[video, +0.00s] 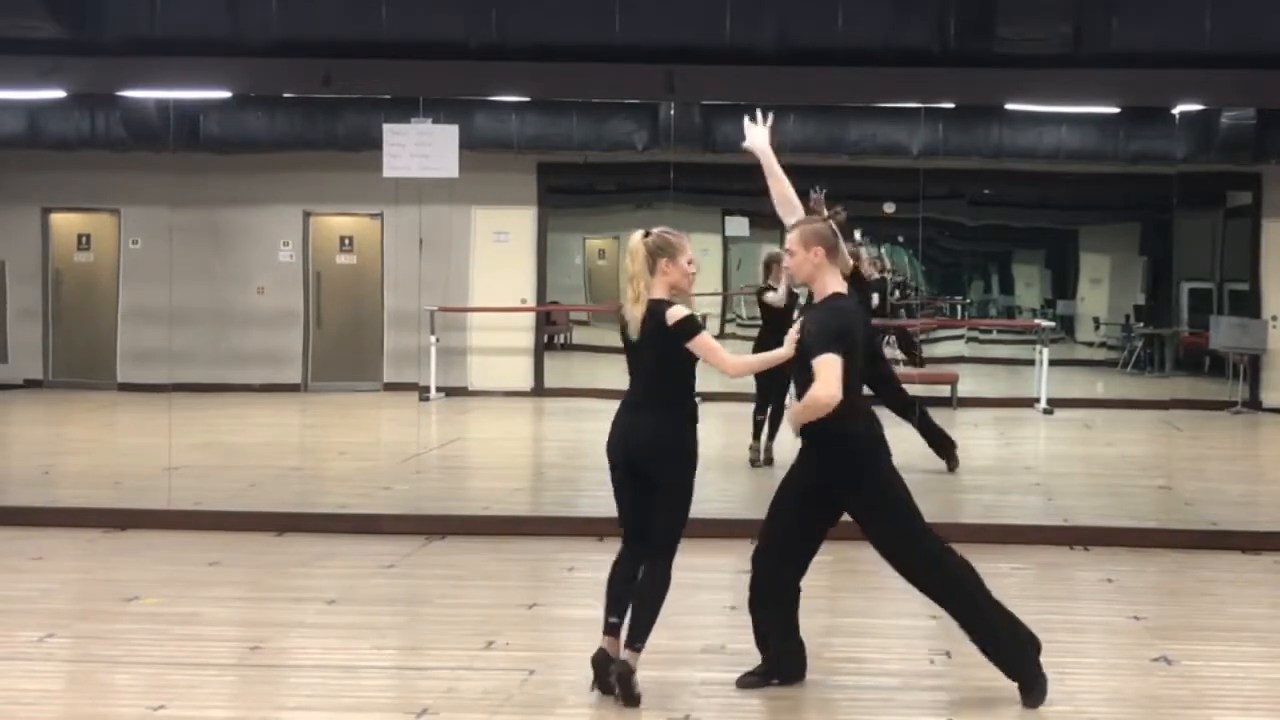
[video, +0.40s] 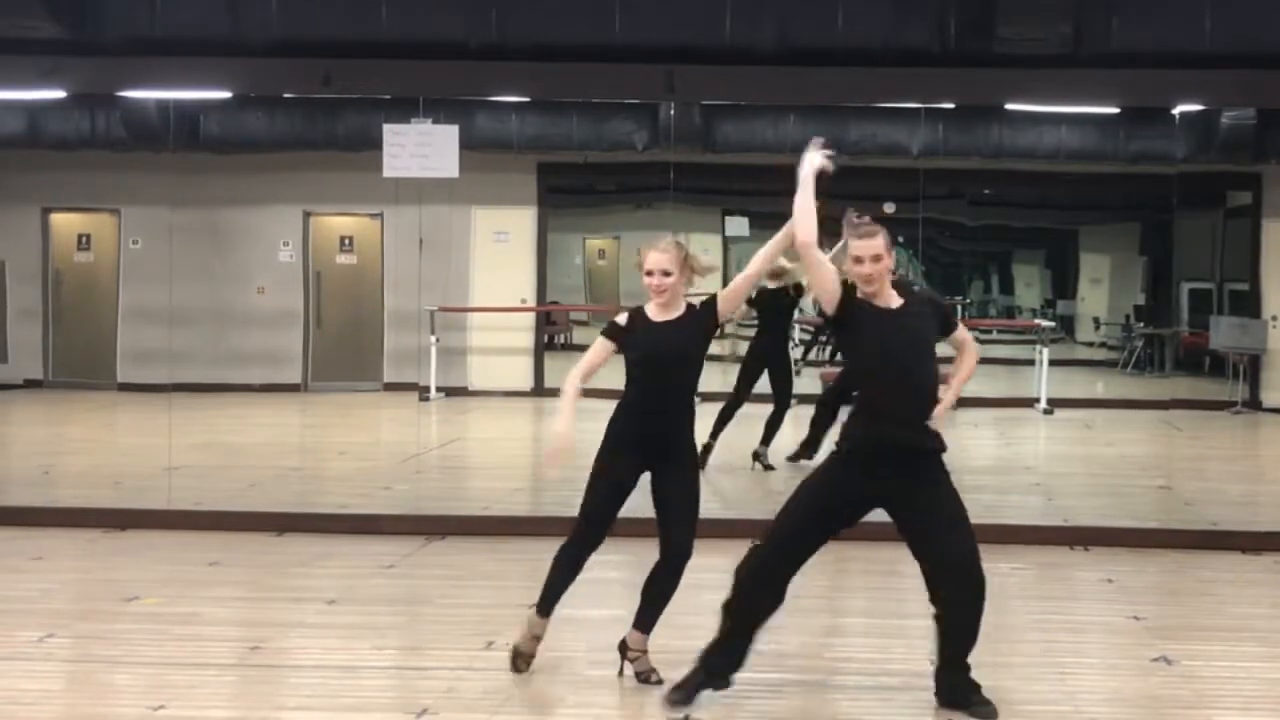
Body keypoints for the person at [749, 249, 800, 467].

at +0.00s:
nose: (783, 271)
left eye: (784, 266)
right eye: (779, 266)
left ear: (786, 269)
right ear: (769, 269)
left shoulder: (792, 295)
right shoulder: (763, 292)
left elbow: (795, 318)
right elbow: (778, 302)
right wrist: (784, 278)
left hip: (786, 346)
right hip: (766, 345)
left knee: (779, 400)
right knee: (763, 398)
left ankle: (770, 443)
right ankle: (756, 441)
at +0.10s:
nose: (788, 268)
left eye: (787, 264)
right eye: (784, 264)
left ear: (773, 269)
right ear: (774, 268)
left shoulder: (774, 288)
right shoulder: (774, 289)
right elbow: (800, 280)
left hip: (773, 343)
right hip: (769, 344)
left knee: (774, 399)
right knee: (774, 400)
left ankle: (759, 442)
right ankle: (760, 443)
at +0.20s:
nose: (788, 271)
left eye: (786, 267)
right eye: (786, 267)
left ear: (766, 269)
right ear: (783, 270)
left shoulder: (763, 288)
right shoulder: (786, 287)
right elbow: (807, 274)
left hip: (760, 344)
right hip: (777, 347)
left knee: (753, 398)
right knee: (776, 402)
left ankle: (750, 439)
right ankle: (762, 445)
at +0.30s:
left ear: (763, 274)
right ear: (783, 273)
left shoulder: (759, 294)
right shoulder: (790, 294)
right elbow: (809, 277)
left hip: (758, 347)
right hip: (778, 350)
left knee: (742, 397)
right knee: (781, 402)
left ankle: (721, 439)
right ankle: (762, 447)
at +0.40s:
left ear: (766, 276)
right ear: (787, 276)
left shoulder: (759, 296)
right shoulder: (791, 295)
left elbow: (741, 311)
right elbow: (802, 285)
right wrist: (788, 266)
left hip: (757, 349)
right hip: (779, 351)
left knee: (738, 397)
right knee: (782, 403)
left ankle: (710, 442)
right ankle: (762, 448)